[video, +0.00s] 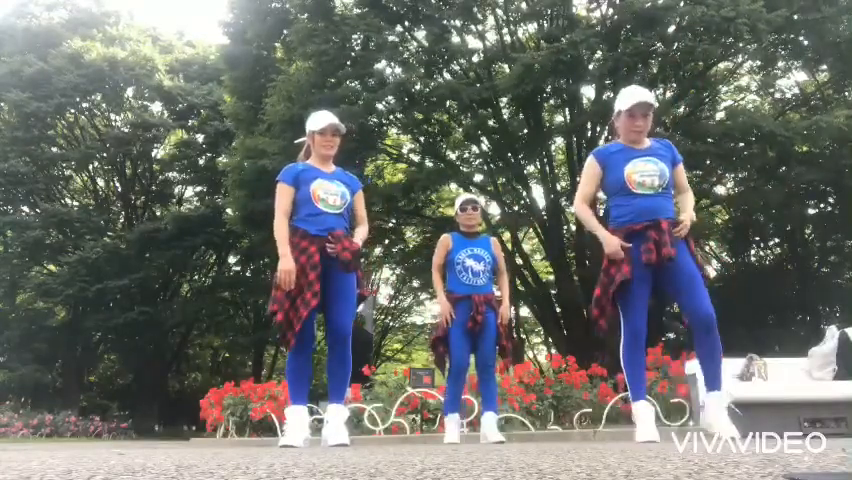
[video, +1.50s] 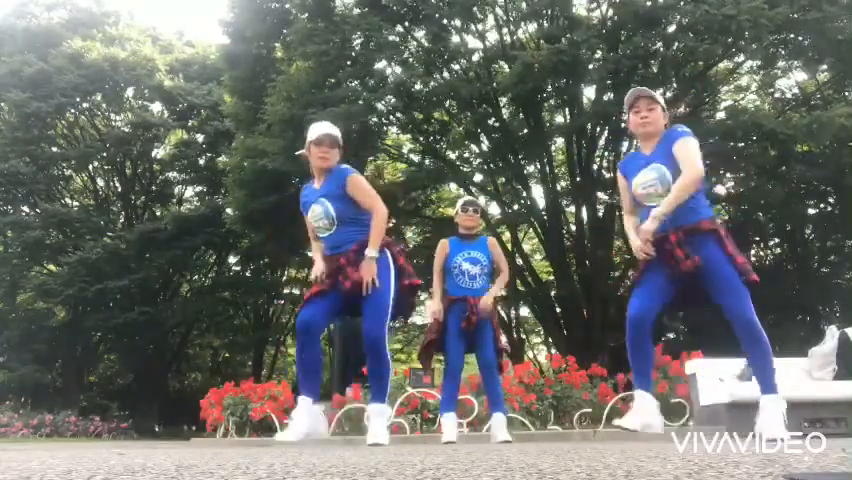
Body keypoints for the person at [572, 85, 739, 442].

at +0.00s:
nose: (639, 120)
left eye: (645, 114)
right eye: (632, 114)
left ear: (652, 118)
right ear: (617, 118)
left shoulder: (665, 149)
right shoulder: (602, 155)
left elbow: (683, 190)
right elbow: (580, 203)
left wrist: (688, 211)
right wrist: (604, 236)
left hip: (671, 240)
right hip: (629, 244)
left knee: (705, 316)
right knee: (635, 329)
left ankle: (714, 406)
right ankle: (641, 411)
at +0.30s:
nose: (655, 112)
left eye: (661, 105)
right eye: (648, 106)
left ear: (671, 110)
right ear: (635, 114)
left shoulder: (691, 145)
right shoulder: (622, 154)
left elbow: (716, 188)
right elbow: (605, 205)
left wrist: (711, 216)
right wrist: (629, 231)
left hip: (694, 239)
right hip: (650, 242)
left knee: (708, 327)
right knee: (646, 329)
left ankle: (717, 413)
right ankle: (644, 413)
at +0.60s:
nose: (669, 111)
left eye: (675, 105)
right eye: (661, 106)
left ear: (685, 109)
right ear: (650, 113)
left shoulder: (706, 146)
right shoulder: (636, 155)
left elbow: (726, 192)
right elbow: (627, 208)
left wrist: (729, 223)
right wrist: (636, 243)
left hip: (707, 235)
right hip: (661, 240)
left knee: (715, 324)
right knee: (666, 326)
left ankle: (718, 409)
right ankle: (672, 409)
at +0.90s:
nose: (662, 104)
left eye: (668, 99)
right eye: (654, 100)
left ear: (680, 108)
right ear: (644, 113)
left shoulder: (702, 143)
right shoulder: (631, 156)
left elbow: (723, 193)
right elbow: (626, 209)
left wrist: (738, 239)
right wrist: (629, 253)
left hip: (705, 237)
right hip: (659, 242)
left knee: (714, 325)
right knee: (669, 327)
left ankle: (719, 410)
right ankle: (679, 414)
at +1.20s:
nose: (668, 111)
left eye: (674, 106)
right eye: (660, 107)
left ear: (686, 112)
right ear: (650, 118)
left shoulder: (710, 143)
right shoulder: (640, 160)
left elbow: (733, 187)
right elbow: (630, 211)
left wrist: (737, 221)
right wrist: (637, 251)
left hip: (713, 238)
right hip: (667, 245)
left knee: (742, 324)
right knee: (675, 328)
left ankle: (759, 408)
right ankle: (681, 412)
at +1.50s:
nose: (643, 114)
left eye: (650, 108)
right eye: (635, 111)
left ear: (664, 115)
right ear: (628, 123)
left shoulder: (678, 137)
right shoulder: (626, 165)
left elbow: (694, 173)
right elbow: (628, 211)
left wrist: (657, 215)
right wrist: (633, 235)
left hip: (701, 240)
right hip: (661, 250)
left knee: (741, 313)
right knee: (638, 314)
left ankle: (771, 402)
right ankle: (645, 405)